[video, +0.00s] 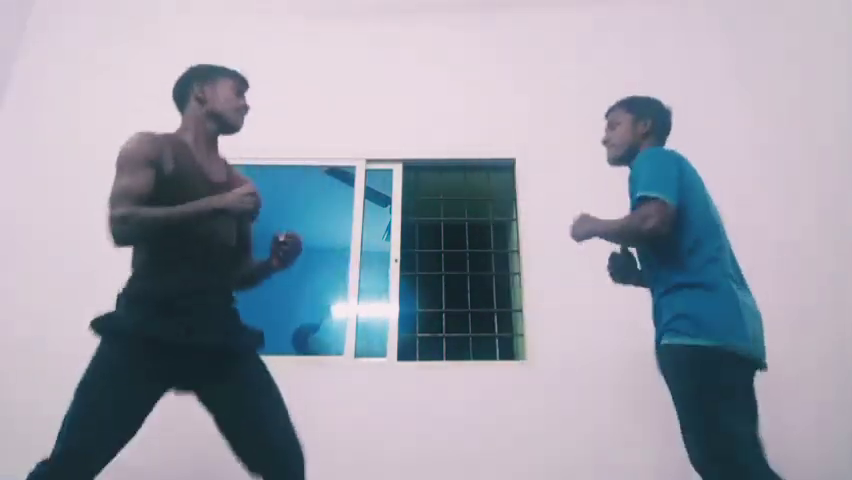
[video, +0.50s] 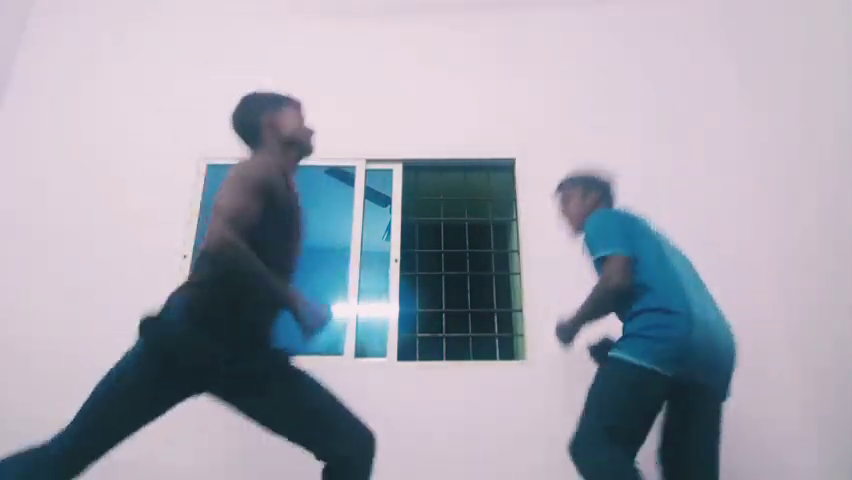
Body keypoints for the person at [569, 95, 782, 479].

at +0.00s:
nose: (604, 135)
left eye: (613, 125)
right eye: (606, 127)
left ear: (644, 127)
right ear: (646, 131)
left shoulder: (654, 160)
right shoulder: (677, 173)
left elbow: (654, 220)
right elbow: (692, 268)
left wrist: (597, 226)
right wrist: (638, 274)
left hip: (696, 329)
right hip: (726, 331)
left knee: (716, 459)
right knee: (740, 459)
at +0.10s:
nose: (596, 130)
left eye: (604, 120)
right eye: (597, 122)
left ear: (634, 121)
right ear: (636, 126)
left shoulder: (644, 152)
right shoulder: (661, 161)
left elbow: (651, 211)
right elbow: (684, 249)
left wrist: (601, 217)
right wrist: (640, 259)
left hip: (686, 321)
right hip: (712, 322)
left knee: (711, 442)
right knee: (728, 442)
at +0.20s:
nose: (586, 122)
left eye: (594, 113)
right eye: (587, 115)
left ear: (624, 114)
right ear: (627, 119)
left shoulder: (632, 142)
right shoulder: (662, 159)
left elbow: (644, 196)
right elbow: (679, 238)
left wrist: (599, 215)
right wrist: (631, 252)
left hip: (667, 301)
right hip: (704, 306)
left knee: (677, 414)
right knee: (706, 421)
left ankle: (722, 471)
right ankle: (726, 472)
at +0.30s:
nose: (584, 136)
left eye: (591, 126)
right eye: (584, 128)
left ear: (620, 128)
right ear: (626, 132)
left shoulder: (627, 157)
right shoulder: (657, 171)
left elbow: (640, 213)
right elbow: (674, 253)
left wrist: (594, 234)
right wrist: (624, 272)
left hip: (658, 313)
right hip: (697, 319)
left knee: (659, 425)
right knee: (691, 431)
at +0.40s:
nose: (578, 177)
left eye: (584, 167)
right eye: (578, 169)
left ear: (612, 167)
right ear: (617, 170)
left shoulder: (624, 199)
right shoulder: (659, 214)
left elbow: (633, 264)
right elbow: (671, 297)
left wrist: (582, 291)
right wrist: (622, 328)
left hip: (656, 343)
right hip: (702, 353)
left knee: (616, 452)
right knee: (681, 464)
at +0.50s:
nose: (563, 209)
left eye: (567, 199)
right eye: (562, 202)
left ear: (593, 196)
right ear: (603, 199)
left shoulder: (604, 220)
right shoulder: (648, 235)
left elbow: (617, 280)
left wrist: (574, 322)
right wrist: (621, 349)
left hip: (660, 338)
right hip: (713, 347)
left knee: (596, 448)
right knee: (689, 464)